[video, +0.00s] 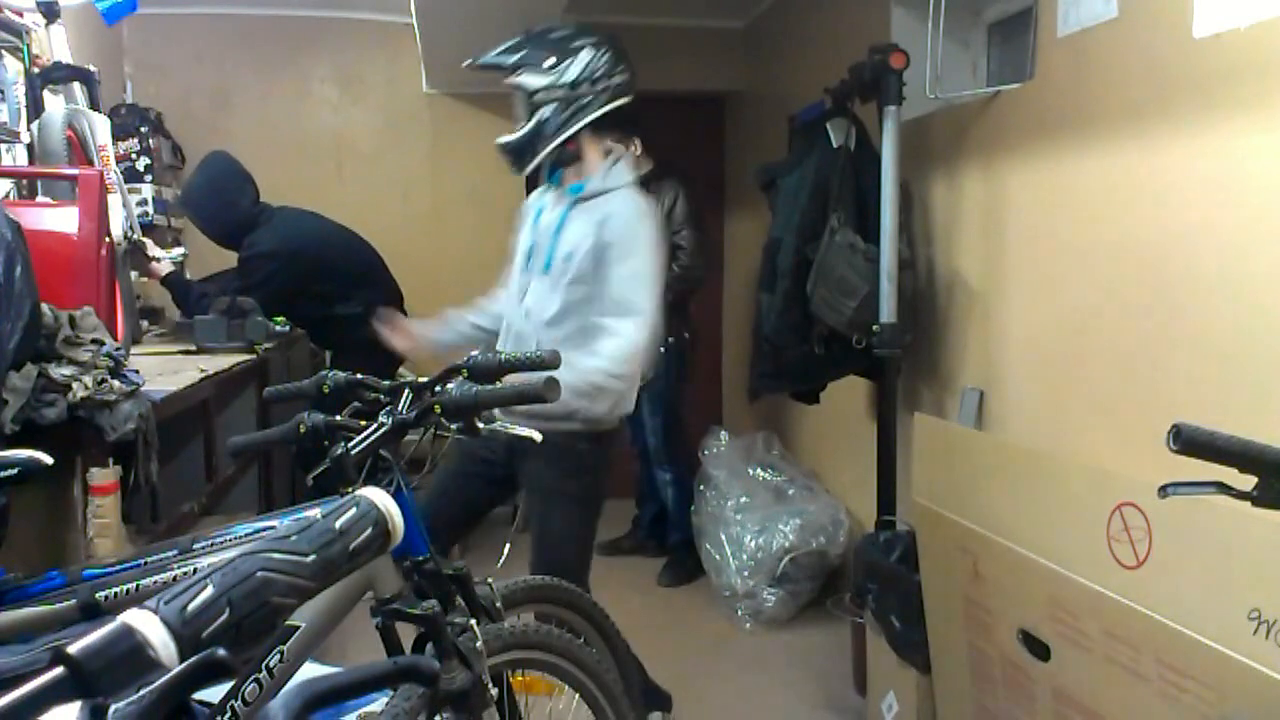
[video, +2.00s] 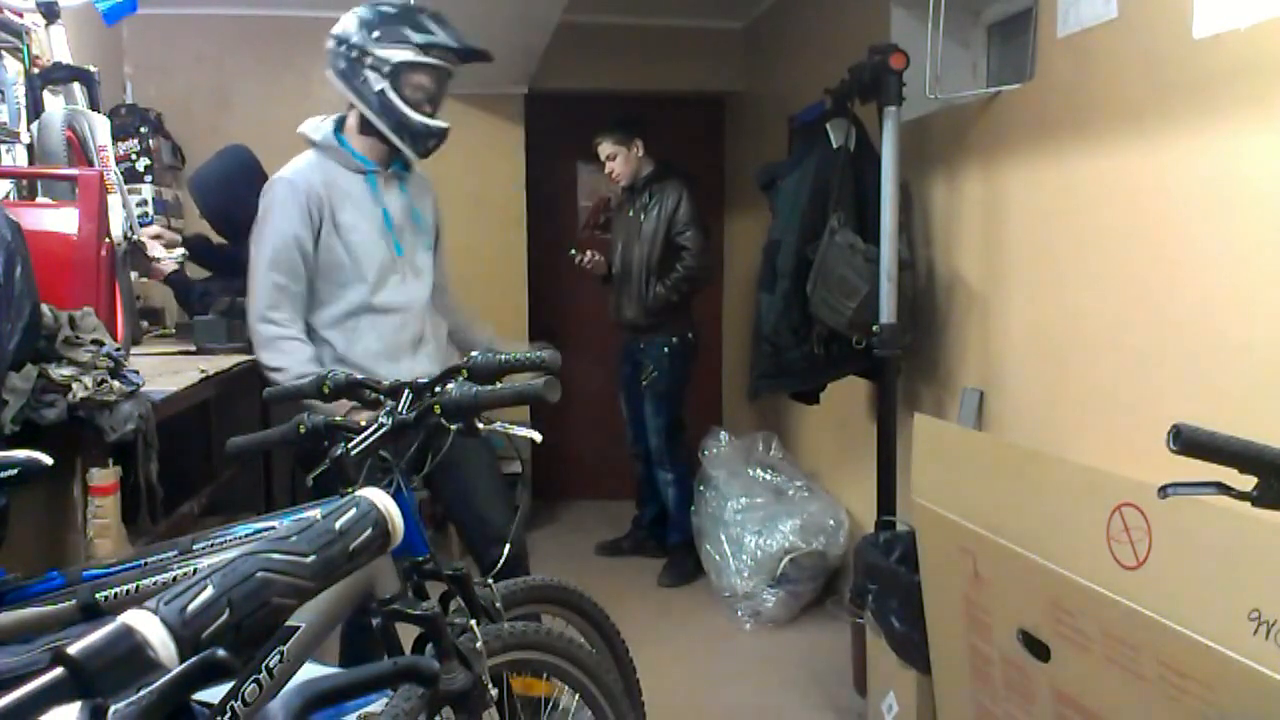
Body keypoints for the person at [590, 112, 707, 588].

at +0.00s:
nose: (611, 164)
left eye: (614, 155)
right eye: (607, 157)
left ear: (636, 149)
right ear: (615, 157)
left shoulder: (669, 193)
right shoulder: (615, 202)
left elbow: (690, 263)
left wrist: (654, 299)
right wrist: (614, 299)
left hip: (665, 328)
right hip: (629, 325)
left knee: (662, 437)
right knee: (640, 436)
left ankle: (684, 543)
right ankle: (649, 527)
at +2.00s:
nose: (609, 169)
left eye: (612, 158)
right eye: (604, 162)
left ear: (639, 149)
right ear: (611, 164)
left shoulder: (672, 193)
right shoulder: (626, 203)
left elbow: (695, 261)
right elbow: (627, 267)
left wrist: (657, 297)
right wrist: (605, 268)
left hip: (666, 336)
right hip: (634, 335)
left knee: (663, 442)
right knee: (640, 442)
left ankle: (683, 545)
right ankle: (649, 531)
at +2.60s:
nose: (606, 170)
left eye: (609, 159)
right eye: (601, 163)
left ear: (636, 149)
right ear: (610, 163)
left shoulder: (670, 192)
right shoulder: (625, 204)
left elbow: (695, 260)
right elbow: (627, 267)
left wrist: (657, 297)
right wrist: (604, 268)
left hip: (664, 335)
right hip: (632, 334)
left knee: (663, 442)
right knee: (640, 442)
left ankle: (683, 545)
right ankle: (650, 531)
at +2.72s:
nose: (606, 170)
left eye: (609, 159)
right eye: (601, 163)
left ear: (636, 149)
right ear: (610, 163)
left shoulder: (670, 192)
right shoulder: (624, 204)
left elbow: (694, 262)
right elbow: (626, 267)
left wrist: (656, 297)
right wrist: (604, 268)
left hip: (664, 334)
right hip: (631, 333)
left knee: (663, 441)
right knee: (640, 441)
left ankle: (683, 545)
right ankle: (649, 531)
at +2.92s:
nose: (605, 170)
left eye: (609, 159)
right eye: (600, 163)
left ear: (636, 150)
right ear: (610, 164)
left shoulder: (671, 194)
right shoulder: (623, 206)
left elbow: (693, 263)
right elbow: (620, 269)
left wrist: (644, 306)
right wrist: (600, 275)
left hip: (664, 338)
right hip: (631, 338)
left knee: (663, 443)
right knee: (640, 442)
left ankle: (684, 546)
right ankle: (650, 530)